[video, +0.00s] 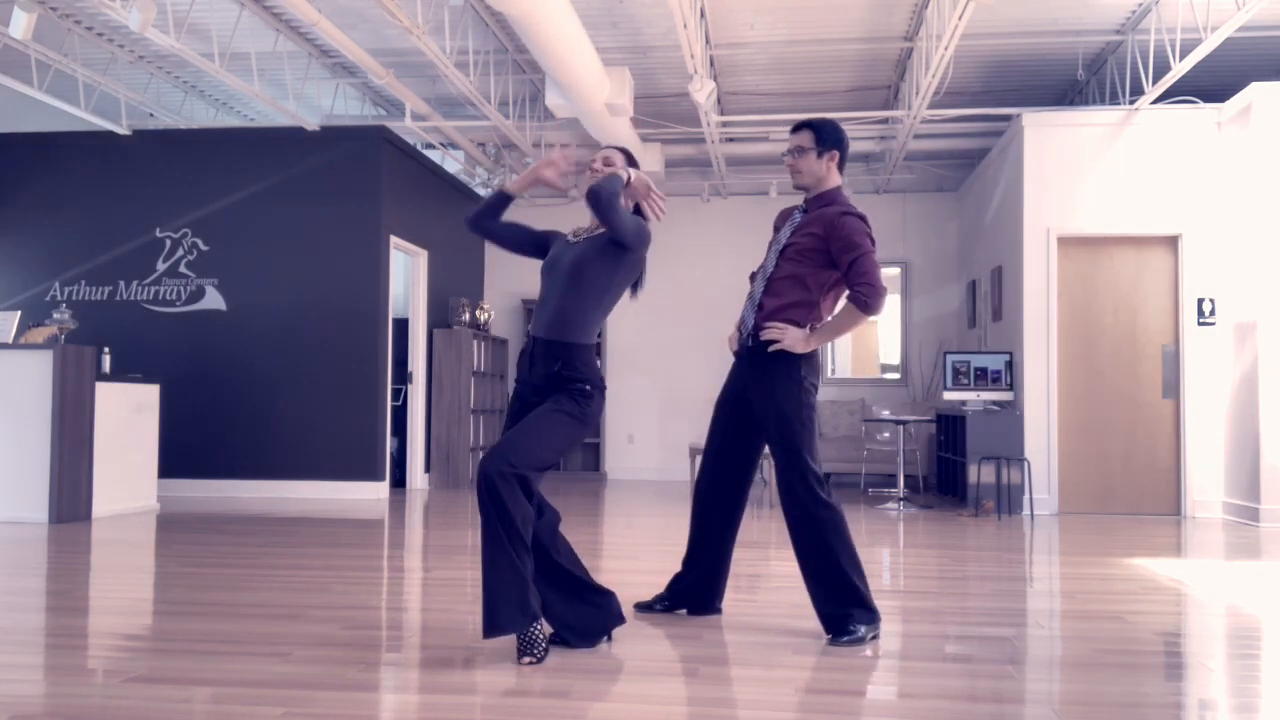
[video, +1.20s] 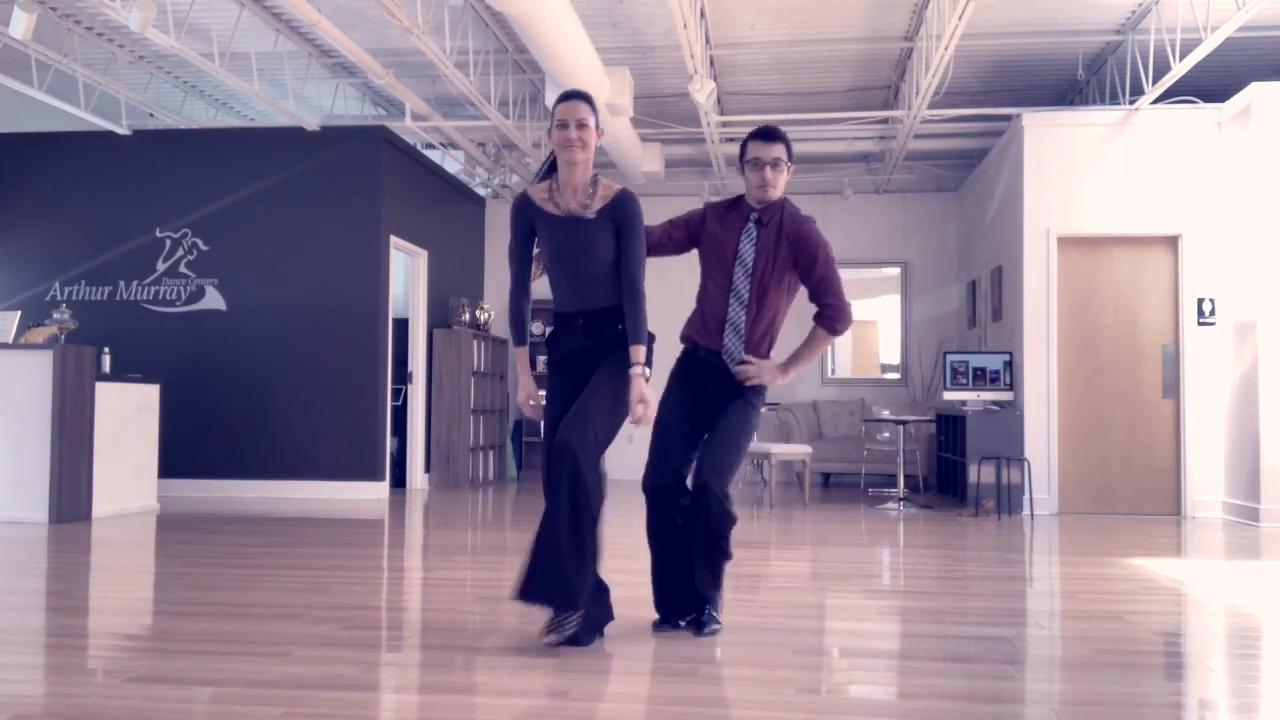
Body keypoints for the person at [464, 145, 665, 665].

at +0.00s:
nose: (596, 170)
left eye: (610, 166)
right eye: (593, 163)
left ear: (632, 187)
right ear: (583, 176)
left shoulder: (633, 236)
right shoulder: (560, 242)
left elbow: (602, 199)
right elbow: (481, 222)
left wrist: (628, 177)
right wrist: (531, 179)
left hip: (576, 388)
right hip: (531, 381)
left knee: (499, 469)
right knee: (517, 496)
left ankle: (529, 618)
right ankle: (586, 611)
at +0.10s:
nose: (596, 167)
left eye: (609, 160)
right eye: (591, 160)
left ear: (633, 179)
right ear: (583, 177)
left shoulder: (633, 236)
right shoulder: (559, 241)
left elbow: (600, 266)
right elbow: (483, 269)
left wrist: (603, 211)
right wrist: (489, 218)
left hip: (577, 386)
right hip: (533, 380)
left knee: (499, 469)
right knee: (518, 497)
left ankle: (528, 619)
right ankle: (586, 611)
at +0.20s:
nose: (591, 157)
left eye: (602, 150)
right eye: (585, 149)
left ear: (622, 167)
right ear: (577, 162)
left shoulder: (622, 226)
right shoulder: (556, 231)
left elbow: (618, 309)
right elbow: (505, 302)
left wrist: (569, 270)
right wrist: (460, 288)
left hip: (584, 374)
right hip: (542, 372)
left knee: (505, 468)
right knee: (520, 491)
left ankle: (527, 617)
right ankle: (588, 611)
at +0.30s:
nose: (576, 142)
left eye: (587, 136)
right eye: (570, 134)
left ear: (607, 151)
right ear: (560, 147)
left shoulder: (610, 216)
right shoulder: (542, 219)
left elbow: (616, 301)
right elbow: (528, 299)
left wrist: (574, 348)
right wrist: (481, 347)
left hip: (594, 360)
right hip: (549, 359)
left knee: (519, 462)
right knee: (526, 484)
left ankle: (530, 618)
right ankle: (588, 610)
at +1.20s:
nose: (572, 134)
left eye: (581, 126)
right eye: (562, 125)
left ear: (598, 135)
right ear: (550, 134)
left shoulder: (620, 202)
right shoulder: (531, 204)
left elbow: (634, 287)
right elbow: (519, 288)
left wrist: (639, 369)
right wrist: (523, 369)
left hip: (620, 343)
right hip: (566, 345)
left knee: (574, 446)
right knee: (566, 462)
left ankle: (571, 597)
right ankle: (588, 603)